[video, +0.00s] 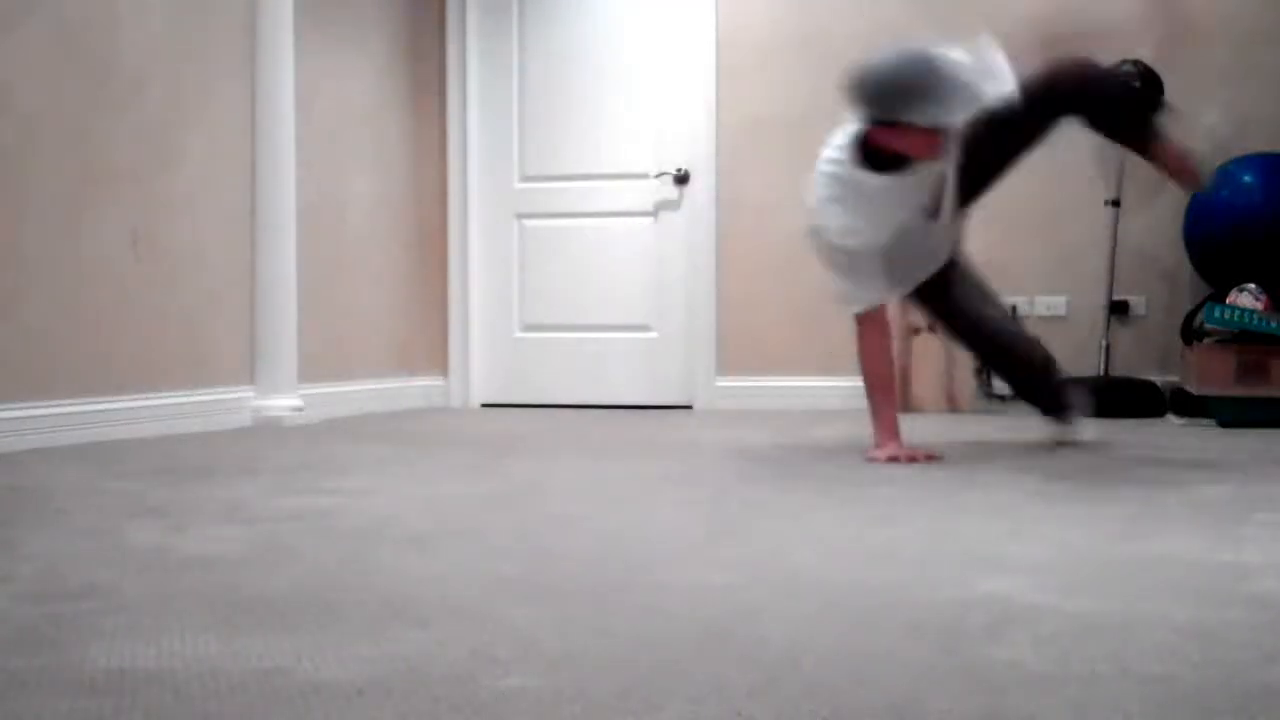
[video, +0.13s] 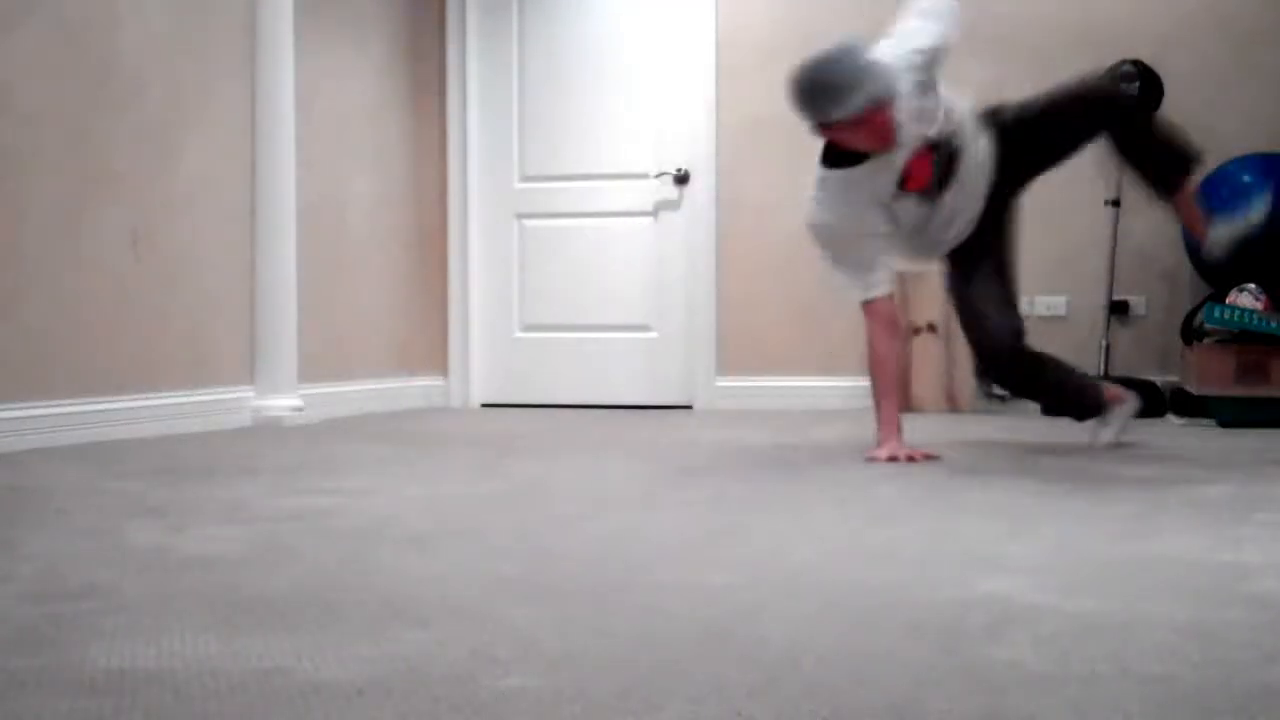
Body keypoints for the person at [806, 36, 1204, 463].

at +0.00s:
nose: (944, 136)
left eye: (944, 124)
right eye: (930, 129)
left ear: (945, 113)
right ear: (892, 131)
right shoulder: (846, 211)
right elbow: (873, 324)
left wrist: (1109, 92)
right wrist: (887, 440)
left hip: (948, 181)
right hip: (917, 261)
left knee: (1066, 84)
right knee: (1016, 354)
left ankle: (1170, 159)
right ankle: (1065, 408)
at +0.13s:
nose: (886, 120)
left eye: (884, 105)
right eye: (868, 119)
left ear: (885, 87)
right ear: (836, 133)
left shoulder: (900, 63)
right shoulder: (837, 212)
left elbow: (942, 8)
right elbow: (882, 317)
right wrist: (889, 437)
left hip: (991, 148)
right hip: (967, 236)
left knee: (1115, 97)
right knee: (1000, 357)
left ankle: (1199, 220)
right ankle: (1113, 404)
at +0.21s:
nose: (837, 126)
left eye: (835, 106)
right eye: (816, 126)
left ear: (851, 85)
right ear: (806, 137)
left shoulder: (885, 60)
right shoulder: (854, 196)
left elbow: (903, 4)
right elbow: (889, 319)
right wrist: (893, 436)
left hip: (1015, 124)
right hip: (997, 213)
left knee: (1059, 123)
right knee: (1004, 350)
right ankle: (1133, 407)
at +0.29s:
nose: (805, 140)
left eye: (802, 118)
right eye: (789, 138)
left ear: (826, 94)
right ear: (788, 148)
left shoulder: (876, 60)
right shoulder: (860, 206)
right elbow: (892, 313)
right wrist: (892, 411)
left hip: (1053, 107)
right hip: (1026, 175)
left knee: (975, 182)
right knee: (1029, 333)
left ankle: (1023, 363)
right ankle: (1155, 409)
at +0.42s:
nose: (765, 180)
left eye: (759, 161)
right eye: (753, 175)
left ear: (785, 126)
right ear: (759, 175)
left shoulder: (840, 95)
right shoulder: (845, 209)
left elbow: (875, 16)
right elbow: (893, 293)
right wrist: (877, 405)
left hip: (1038, 113)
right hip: (1052, 136)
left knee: (905, 247)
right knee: (1041, 312)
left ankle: (936, 424)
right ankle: (1176, 407)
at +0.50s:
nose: (753, 178)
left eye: (745, 163)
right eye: (741, 174)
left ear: (766, 129)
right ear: (761, 150)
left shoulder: (821, 109)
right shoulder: (838, 186)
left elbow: (838, 54)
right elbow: (896, 268)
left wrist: (842, 38)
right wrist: (903, 376)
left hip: (1019, 111)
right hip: (1044, 120)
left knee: (892, 252)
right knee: (1033, 308)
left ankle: (937, 426)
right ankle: (1174, 397)